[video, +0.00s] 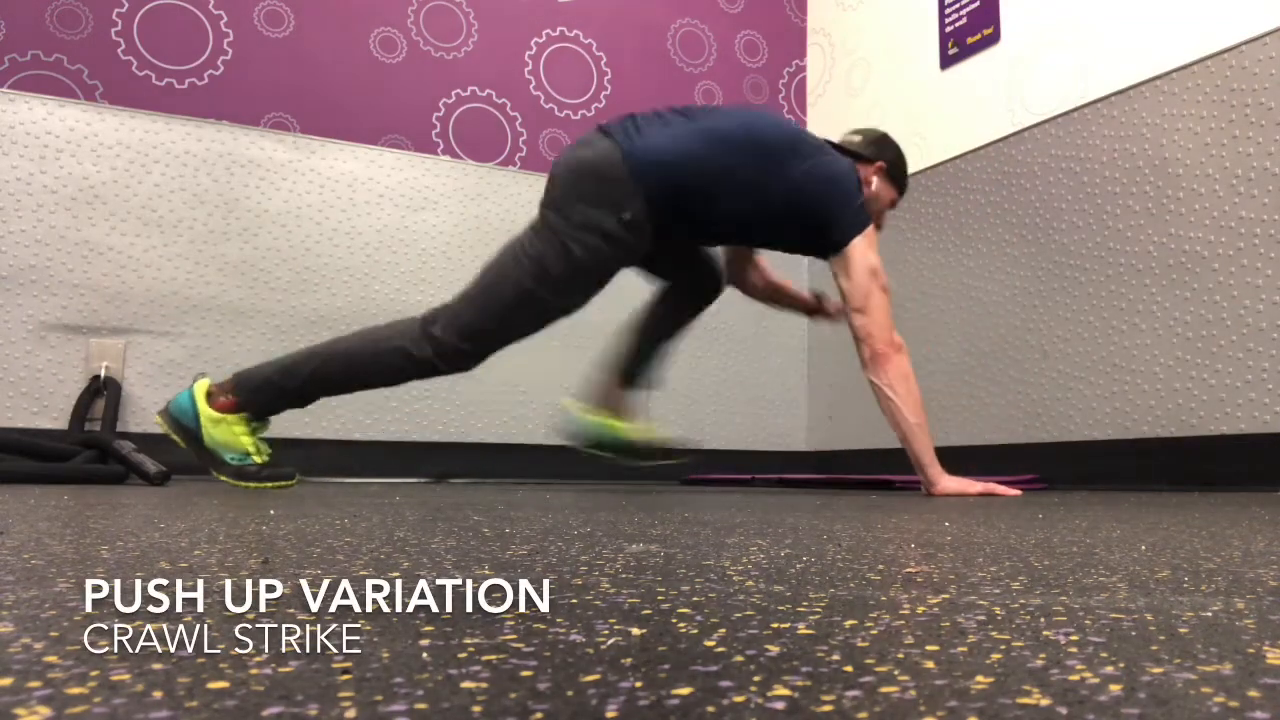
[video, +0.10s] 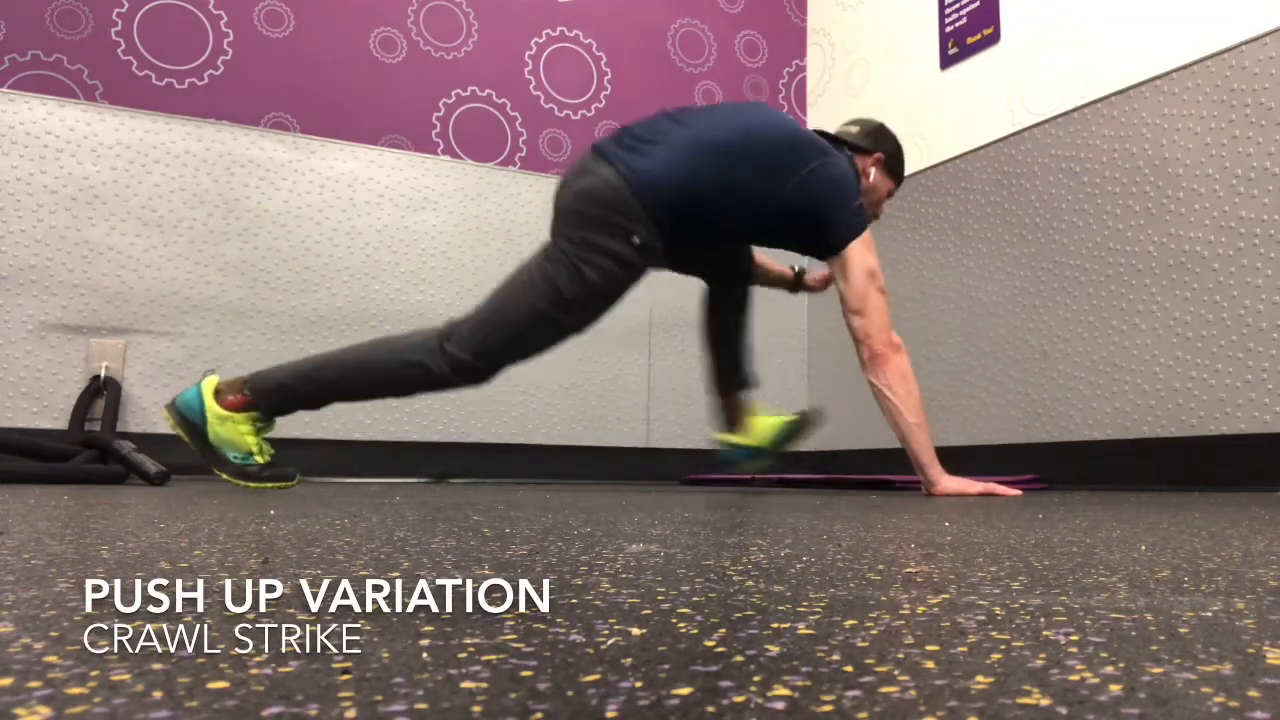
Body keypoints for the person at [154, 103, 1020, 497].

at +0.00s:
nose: (882, 221)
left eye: (885, 210)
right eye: (887, 207)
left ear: (849, 160)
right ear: (872, 182)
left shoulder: (775, 163)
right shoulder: (848, 199)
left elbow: (742, 274)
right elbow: (880, 350)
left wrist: (826, 309)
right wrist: (934, 470)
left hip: (605, 169)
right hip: (614, 188)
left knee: (707, 279)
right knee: (448, 341)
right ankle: (225, 401)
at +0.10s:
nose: (880, 210)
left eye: (885, 199)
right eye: (884, 197)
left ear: (843, 145)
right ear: (866, 170)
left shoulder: (771, 152)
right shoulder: (842, 192)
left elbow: (717, 253)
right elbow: (880, 349)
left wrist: (806, 276)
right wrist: (934, 471)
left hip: (603, 182)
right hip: (619, 211)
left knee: (734, 263)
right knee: (464, 352)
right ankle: (235, 402)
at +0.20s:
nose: (887, 199)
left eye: (892, 187)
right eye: (894, 186)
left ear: (844, 139)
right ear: (875, 162)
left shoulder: (773, 150)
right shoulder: (847, 184)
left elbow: (712, 253)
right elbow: (885, 347)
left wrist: (784, 267)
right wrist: (934, 470)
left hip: (613, 216)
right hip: (635, 242)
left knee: (749, 281)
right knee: (471, 377)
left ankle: (773, 443)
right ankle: (247, 400)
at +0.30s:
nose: (900, 188)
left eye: (902, 175)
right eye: (903, 174)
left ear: (846, 134)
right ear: (883, 152)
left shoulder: (780, 155)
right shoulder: (861, 188)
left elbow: (725, 229)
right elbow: (891, 344)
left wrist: (787, 251)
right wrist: (934, 470)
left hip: (623, 236)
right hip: (649, 268)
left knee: (771, 274)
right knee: (478, 391)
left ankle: (781, 447)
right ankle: (252, 400)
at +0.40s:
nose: (907, 176)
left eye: (907, 163)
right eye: (907, 162)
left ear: (846, 134)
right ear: (881, 145)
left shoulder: (783, 162)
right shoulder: (866, 189)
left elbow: (732, 235)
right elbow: (895, 347)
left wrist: (804, 259)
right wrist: (936, 472)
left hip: (631, 253)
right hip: (652, 285)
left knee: (782, 274)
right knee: (479, 405)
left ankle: (786, 448)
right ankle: (259, 397)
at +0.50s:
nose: (907, 176)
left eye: (907, 163)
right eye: (905, 162)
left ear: (845, 137)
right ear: (877, 146)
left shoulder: (787, 167)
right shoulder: (866, 190)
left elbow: (758, 277)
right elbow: (897, 348)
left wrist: (819, 270)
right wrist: (935, 474)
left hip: (631, 264)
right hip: (654, 298)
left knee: (786, 280)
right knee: (481, 415)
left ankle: (786, 449)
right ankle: (265, 395)